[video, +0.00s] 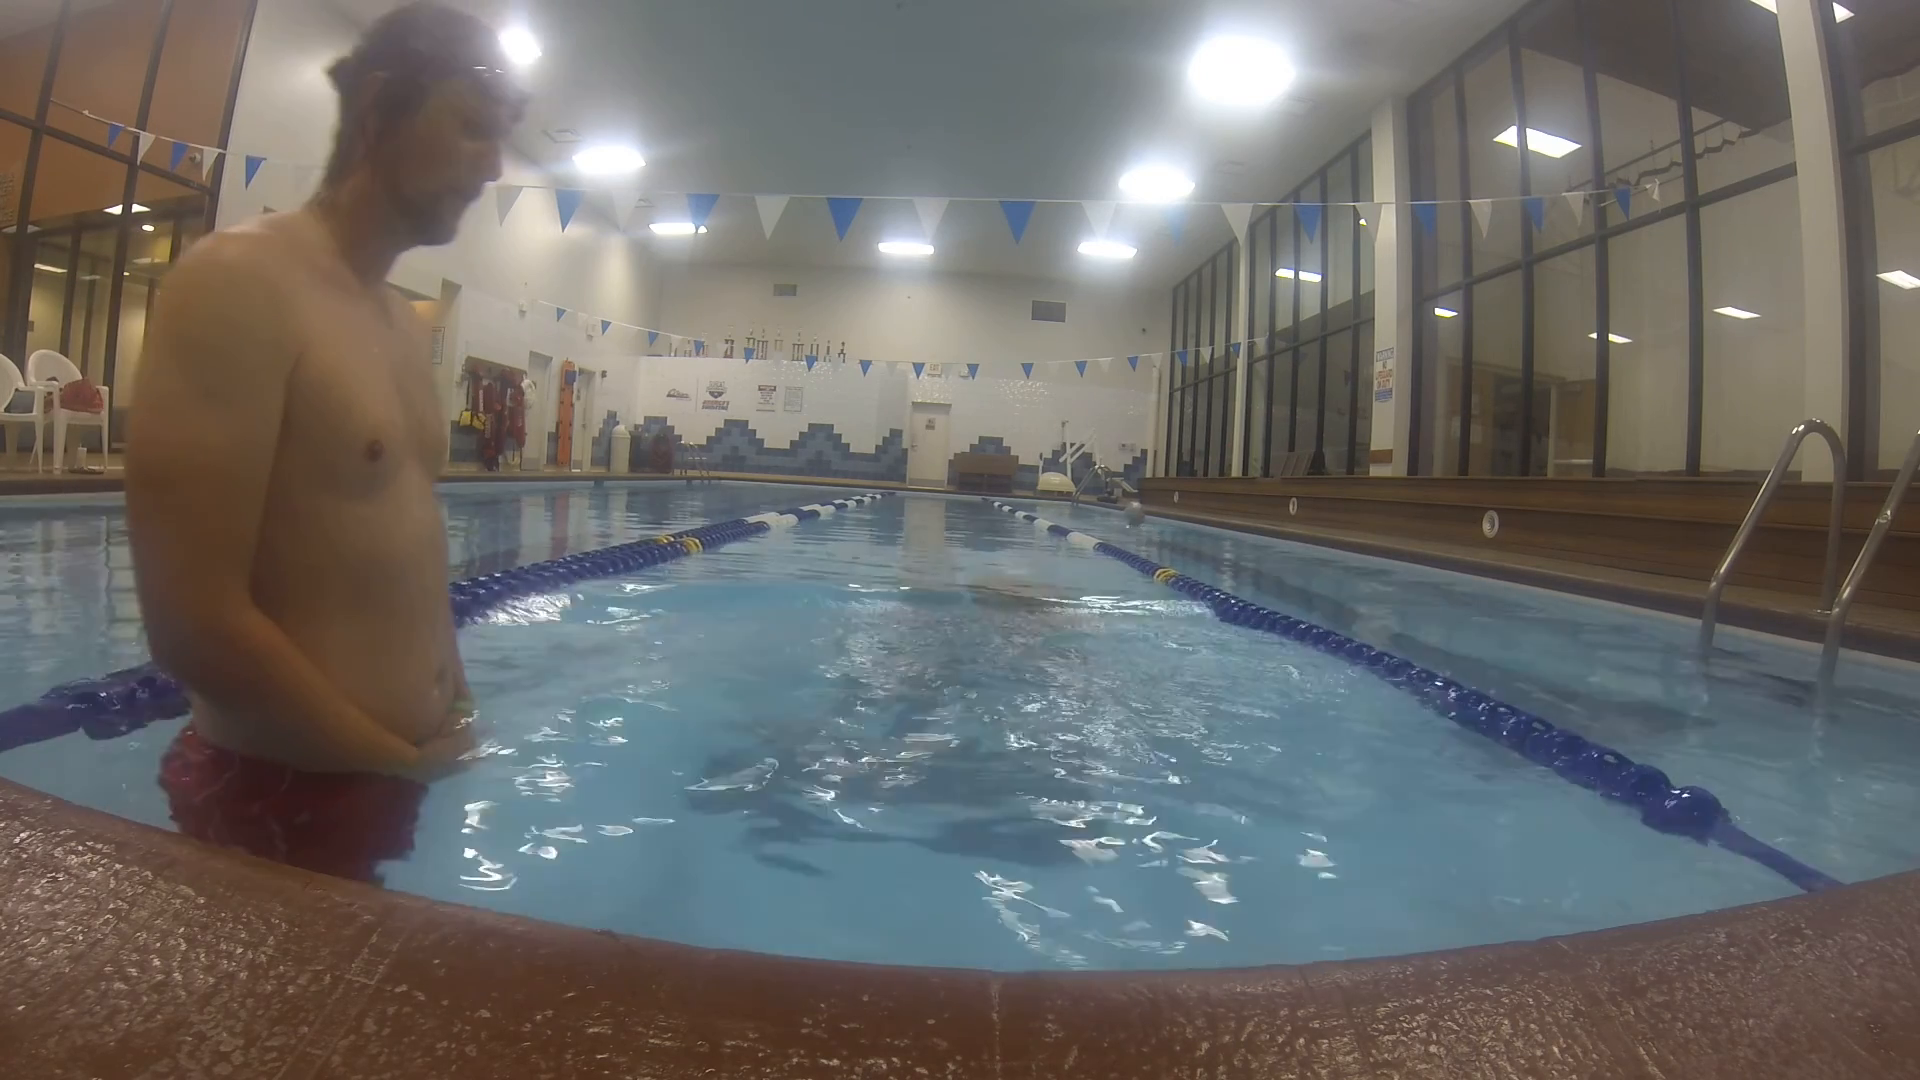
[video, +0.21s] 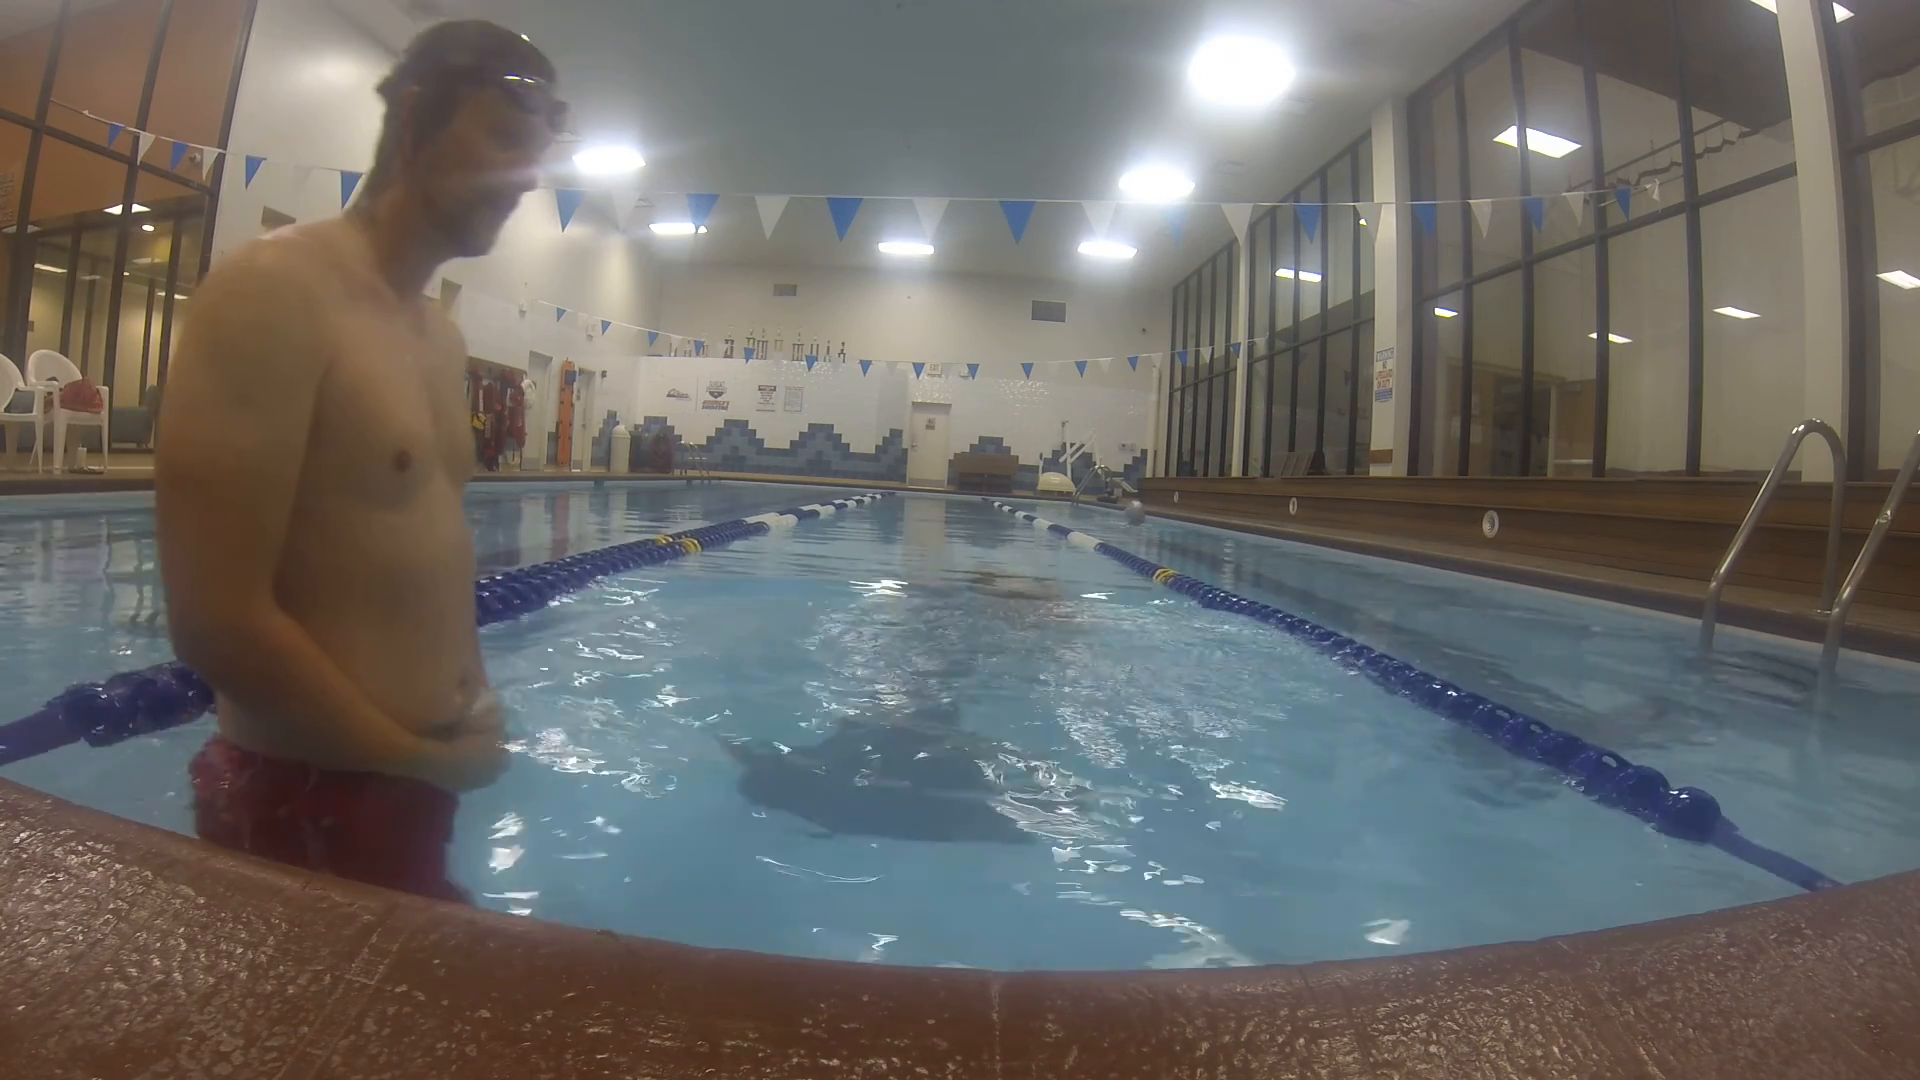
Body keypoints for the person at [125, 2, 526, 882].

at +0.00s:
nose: (494, 167)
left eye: (500, 142)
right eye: (474, 130)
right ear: (377, 115)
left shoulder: (403, 320)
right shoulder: (235, 282)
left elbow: (400, 554)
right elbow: (192, 622)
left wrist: (450, 707)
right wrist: (400, 764)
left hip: (373, 784)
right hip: (274, 799)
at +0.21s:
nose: (528, 178)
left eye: (539, 156)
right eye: (508, 139)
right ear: (415, 120)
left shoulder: (437, 331)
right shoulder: (269, 291)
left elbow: (416, 562)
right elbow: (217, 623)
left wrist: (468, 703)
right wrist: (419, 763)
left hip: (402, 794)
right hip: (300, 802)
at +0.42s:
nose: (559, 179)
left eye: (568, 155)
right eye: (540, 139)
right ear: (445, 118)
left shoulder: (461, 330)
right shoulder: (304, 287)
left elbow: (437, 569)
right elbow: (256, 619)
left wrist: (502, 721)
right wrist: (462, 773)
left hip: (421, 797)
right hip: (344, 800)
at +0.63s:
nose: (614, 179)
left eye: (618, 149)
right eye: (596, 136)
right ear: (510, 123)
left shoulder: (491, 339)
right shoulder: (348, 292)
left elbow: (470, 587)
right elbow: (298, 633)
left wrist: (538, 745)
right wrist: (509, 794)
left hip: (450, 823)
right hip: (373, 829)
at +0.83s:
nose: (717, 191)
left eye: (717, 159)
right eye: (698, 150)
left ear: (626, 148)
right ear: (610, 135)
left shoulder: (542, 322)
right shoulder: (438, 294)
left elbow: (493, 612)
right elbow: (375, 661)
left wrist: (588, 774)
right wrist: (562, 818)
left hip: (481, 860)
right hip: (404, 872)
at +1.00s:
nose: (829, 174)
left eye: (832, 137)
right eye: (815, 126)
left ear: (713, 95)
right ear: (716, 91)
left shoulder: (606, 283)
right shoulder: (541, 263)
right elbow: (473, 689)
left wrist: (659, 829)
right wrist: (654, 849)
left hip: (531, 884)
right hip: (466, 894)